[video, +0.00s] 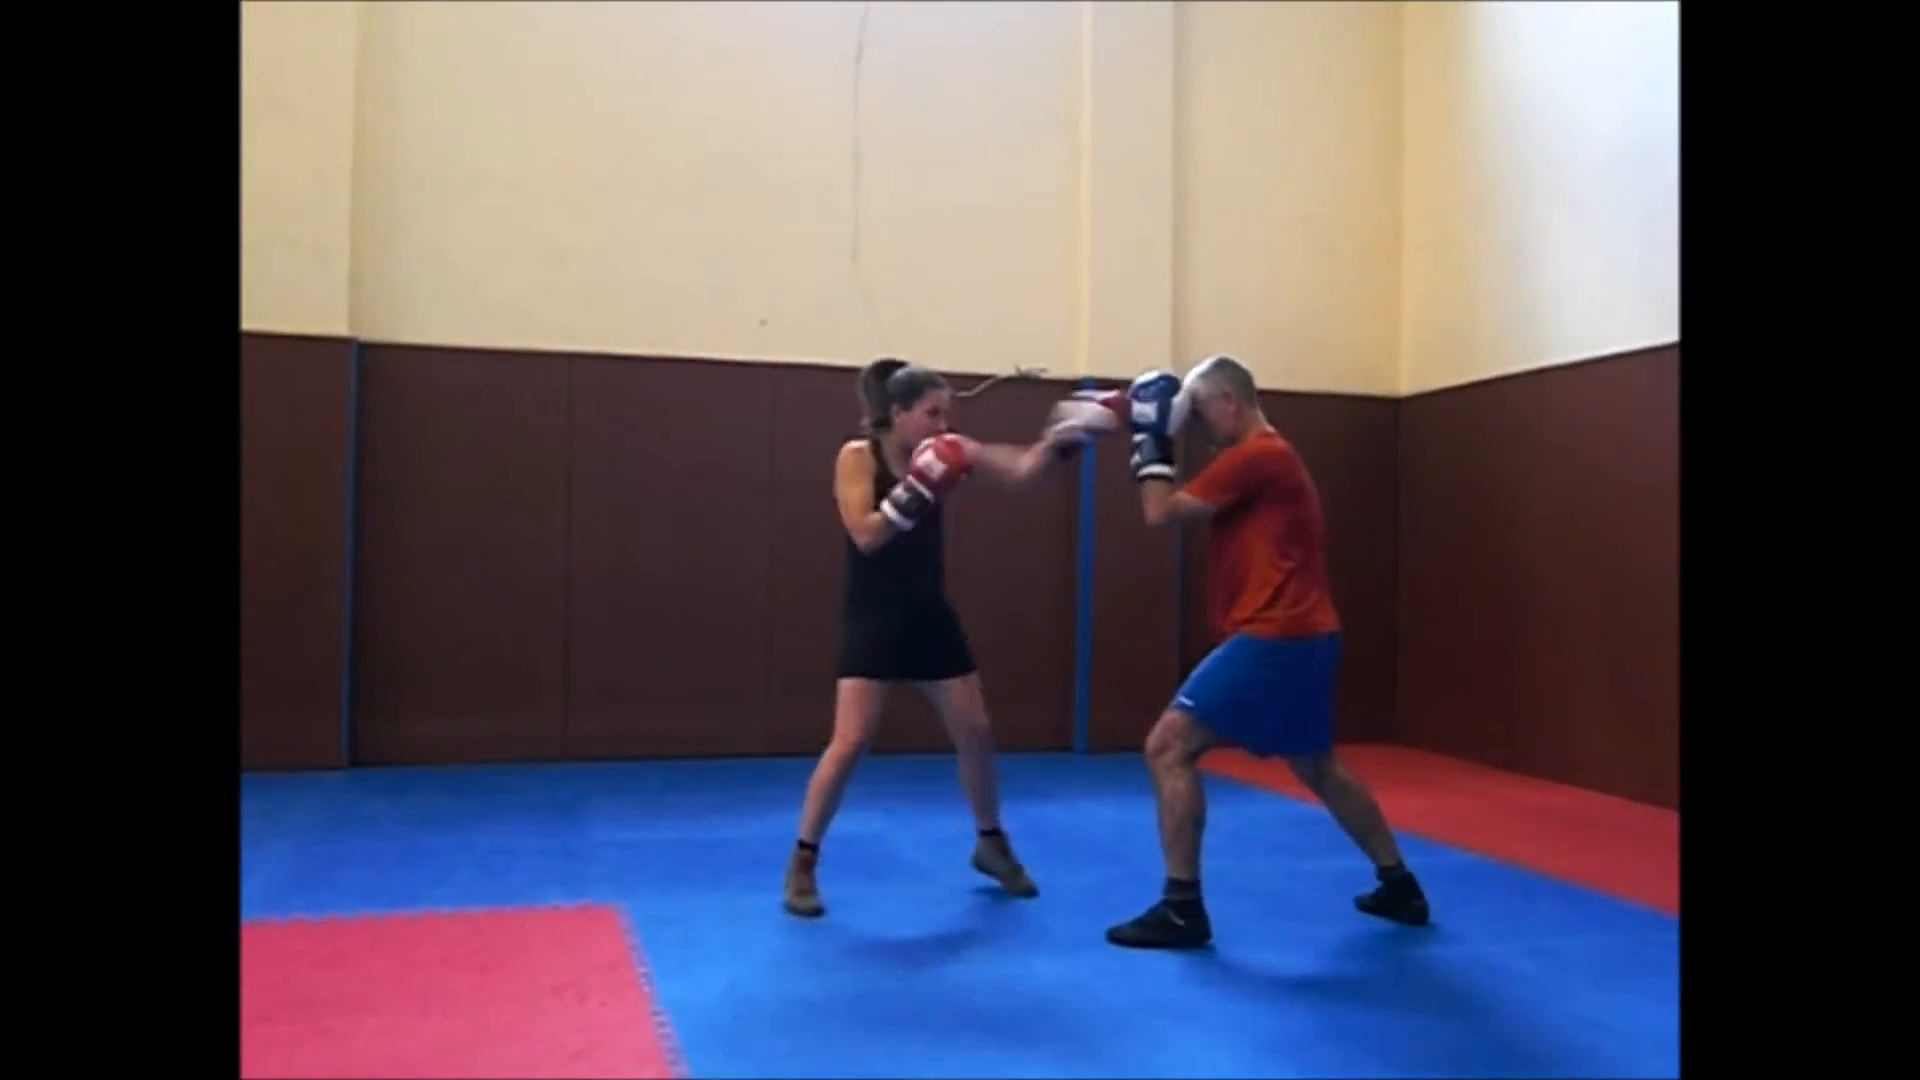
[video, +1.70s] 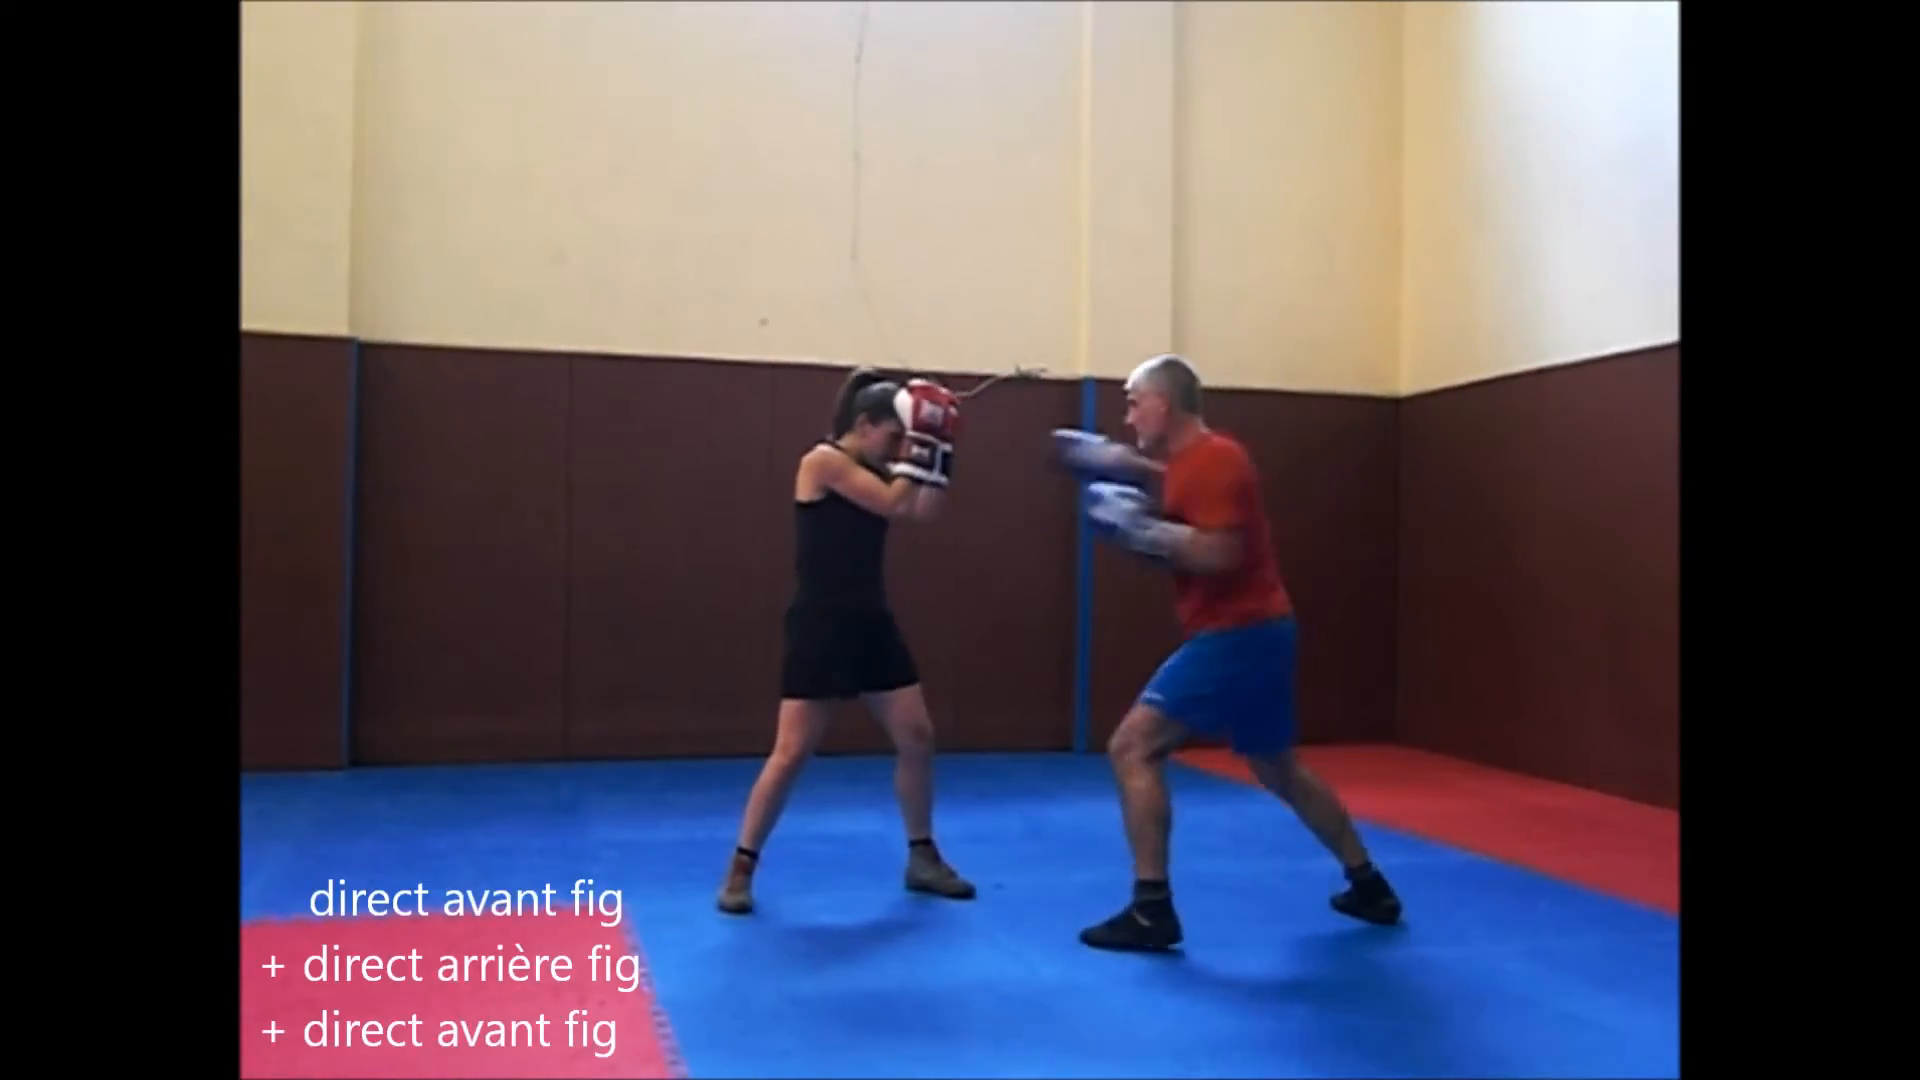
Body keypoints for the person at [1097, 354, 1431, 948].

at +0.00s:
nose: (1201, 423)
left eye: (1203, 410)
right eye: (1197, 412)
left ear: (1231, 402)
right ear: (1237, 403)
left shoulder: (1255, 458)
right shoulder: (1271, 454)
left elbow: (1159, 509)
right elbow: (1176, 501)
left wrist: (1148, 436)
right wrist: (1159, 433)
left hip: (1270, 636)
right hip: (1305, 636)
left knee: (1168, 748)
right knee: (1319, 767)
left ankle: (1182, 907)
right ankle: (1399, 886)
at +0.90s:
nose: (1219, 408)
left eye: (1226, 394)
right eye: (1218, 396)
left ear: (1260, 392)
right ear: (1264, 394)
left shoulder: (1285, 453)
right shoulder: (1296, 450)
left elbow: (1249, 548)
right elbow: (1253, 538)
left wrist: (1197, 508)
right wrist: (1204, 508)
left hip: (1296, 634)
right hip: (1332, 633)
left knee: (1198, 747)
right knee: (1336, 764)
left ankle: (1185, 908)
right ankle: (1403, 887)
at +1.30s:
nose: (1206, 409)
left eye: (1212, 395)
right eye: (1205, 396)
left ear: (1243, 392)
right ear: (1260, 394)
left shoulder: (1250, 441)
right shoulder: (1309, 444)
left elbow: (1220, 521)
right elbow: (1265, 512)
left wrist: (1175, 484)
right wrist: (1213, 466)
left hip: (1249, 625)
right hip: (1311, 629)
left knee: (1140, 726)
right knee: (1308, 758)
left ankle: (1143, 879)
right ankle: (1370, 885)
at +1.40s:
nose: (1190, 412)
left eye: (1194, 400)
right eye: (1189, 401)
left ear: (1224, 395)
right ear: (1246, 397)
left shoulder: (1208, 440)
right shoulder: (1307, 445)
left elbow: (1157, 488)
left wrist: (1091, 464)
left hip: (1223, 630)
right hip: (1297, 633)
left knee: (1136, 744)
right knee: (1313, 757)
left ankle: (1145, 894)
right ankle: (1370, 886)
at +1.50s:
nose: (1167, 420)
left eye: (1173, 409)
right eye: (1167, 410)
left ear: (1207, 409)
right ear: (1229, 410)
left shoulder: (1172, 455)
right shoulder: (1290, 452)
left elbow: (1073, 461)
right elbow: (1313, 535)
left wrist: (990, 445)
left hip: (1217, 642)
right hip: (1293, 644)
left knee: (1120, 751)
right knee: (1308, 762)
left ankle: (1146, 899)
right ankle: (1371, 888)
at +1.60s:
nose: (1146, 415)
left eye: (1152, 403)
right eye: (1145, 403)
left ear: (1182, 405)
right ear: (1208, 404)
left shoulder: (1168, 453)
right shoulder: (1267, 453)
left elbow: (1094, 508)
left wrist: (1038, 485)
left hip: (1214, 645)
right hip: (1286, 641)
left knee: (1118, 752)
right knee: (1297, 766)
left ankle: (1148, 906)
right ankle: (1371, 889)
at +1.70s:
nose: (1128, 416)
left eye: (1137, 403)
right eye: (1127, 404)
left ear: (1174, 406)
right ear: (1176, 409)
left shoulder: (1211, 462)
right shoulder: (1194, 458)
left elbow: (1222, 549)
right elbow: (1177, 490)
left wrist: (1138, 528)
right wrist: (1117, 463)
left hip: (1233, 637)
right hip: (1259, 634)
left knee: (1132, 748)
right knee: (1280, 771)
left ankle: (1152, 908)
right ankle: (1369, 887)